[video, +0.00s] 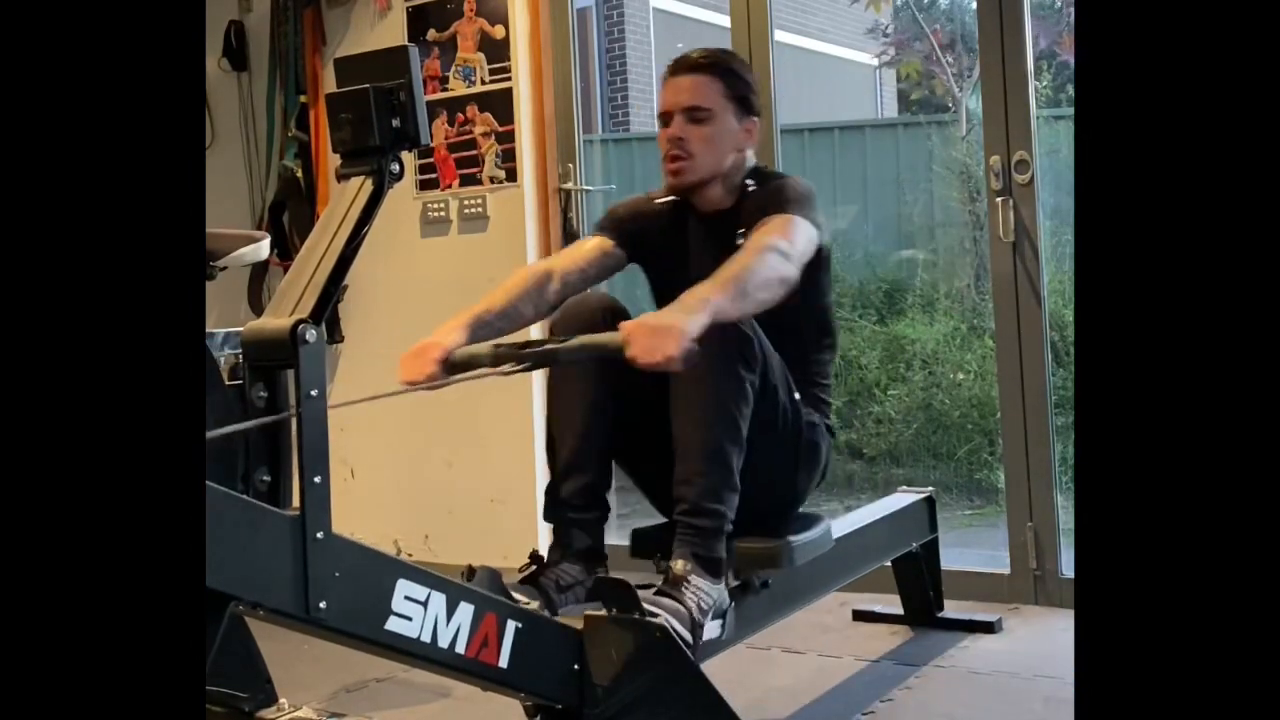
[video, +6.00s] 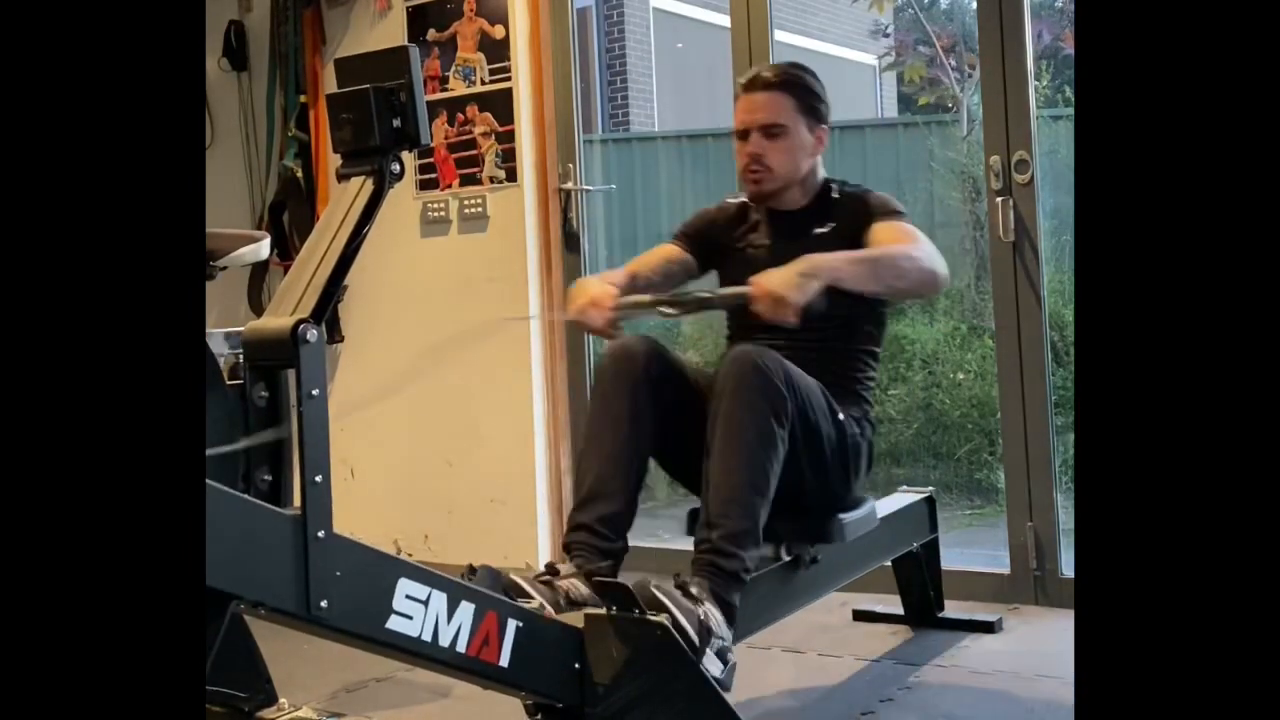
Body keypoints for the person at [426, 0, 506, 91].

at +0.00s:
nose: (471, 8)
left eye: (473, 5)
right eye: (468, 5)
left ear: (476, 8)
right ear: (463, 8)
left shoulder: (480, 22)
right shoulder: (458, 24)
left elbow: (493, 33)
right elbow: (445, 36)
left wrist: (498, 32)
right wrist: (435, 36)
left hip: (474, 60)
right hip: (460, 59)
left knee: (474, 88)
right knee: (458, 89)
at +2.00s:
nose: (471, 7)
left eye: (473, 4)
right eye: (468, 4)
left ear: (476, 7)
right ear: (463, 8)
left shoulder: (480, 22)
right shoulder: (457, 25)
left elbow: (493, 34)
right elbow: (445, 36)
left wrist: (498, 32)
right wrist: (435, 36)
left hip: (474, 60)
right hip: (460, 59)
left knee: (474, 89)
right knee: (458, 89)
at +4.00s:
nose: (471, 7)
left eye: (473, 5)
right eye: (468, 5)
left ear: (476, 8)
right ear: (463, 8)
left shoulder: (480, 22)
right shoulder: (457, 25)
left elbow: (493, 34)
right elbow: (445, 36)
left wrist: (498, 32)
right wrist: (435, 36)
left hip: (474, 60)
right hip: (460, 59)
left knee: (474, 89)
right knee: (459, 90)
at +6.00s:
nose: (471, 7)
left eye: (473, 4)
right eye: (469, 4)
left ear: (476, 7)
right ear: (463, 7)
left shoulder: (480, 22)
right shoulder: (457, 25)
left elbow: (493, 34)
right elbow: (444, 36)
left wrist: (498, 32)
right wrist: (434, 36)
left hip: (474, 60)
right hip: (460, 59)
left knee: (474, 89)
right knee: (458, 89)